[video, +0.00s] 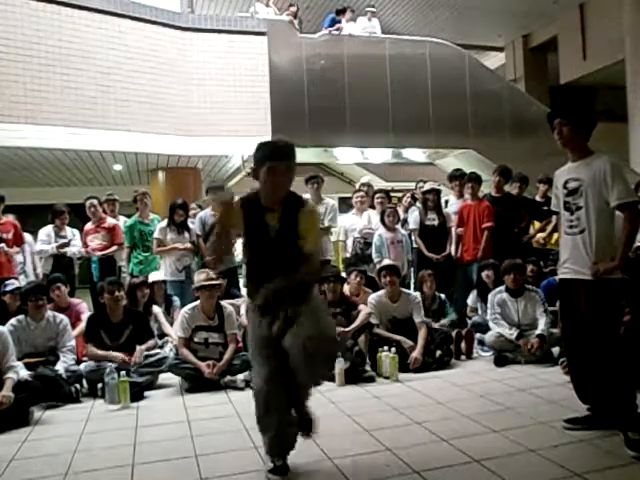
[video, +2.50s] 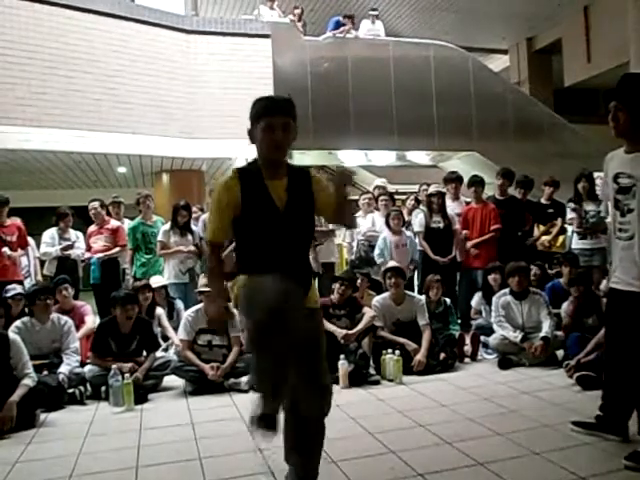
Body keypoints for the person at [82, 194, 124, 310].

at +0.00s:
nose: (93, 210)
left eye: (95, 206)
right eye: (89, 208)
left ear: (100, 207)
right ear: (87, 211)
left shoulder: (112, 224)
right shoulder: (87, 227)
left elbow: (119, 244)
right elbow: (84, 245)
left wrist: (102, 253)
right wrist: (86, 250)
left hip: (107, 258)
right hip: (93, 259)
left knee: (110, 288)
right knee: (94, 289)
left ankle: (111, 315)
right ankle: (98, 315)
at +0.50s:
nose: (92, 209)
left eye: (95, 206)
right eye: (89, 207)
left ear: (100, 207)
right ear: (87, 210)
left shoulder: (112, 224)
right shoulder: (87, 227)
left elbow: (118, 244)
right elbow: (84, 245)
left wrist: (101, 253)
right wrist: (84, 251)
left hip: (107, 259)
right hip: (91, 260)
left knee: (110, 291)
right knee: (94, 293)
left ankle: (112, 318)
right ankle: (98, 319)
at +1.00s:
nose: (92, 209)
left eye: (95, 206)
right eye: (89, 207)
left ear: (100, 207)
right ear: (87, 210)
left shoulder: (112, 224)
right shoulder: (87, 228)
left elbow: (118, 244)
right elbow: (85, 246)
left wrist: (99, 254)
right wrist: (83, 252)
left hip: (108, 260)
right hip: (92, 261)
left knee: (109, 292)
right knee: (95, 294)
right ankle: (99, 320)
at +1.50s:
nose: (87, 211)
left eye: (89, 208)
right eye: (85, 208)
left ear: (99, 207)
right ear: (85, 210)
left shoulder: (113, 224)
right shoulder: (87, 227)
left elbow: (119, 244)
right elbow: (85, 246)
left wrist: (101, 253)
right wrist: (84, 252)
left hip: (108, 260)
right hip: (93, 262)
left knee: (109, 295)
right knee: (96, 296)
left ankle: (112, 324)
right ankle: (101, 326)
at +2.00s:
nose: (92, 213)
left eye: (95, 209)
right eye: (90, 210)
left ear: (103, 209)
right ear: (88, 213)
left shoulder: (116, 226)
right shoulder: (90, 230)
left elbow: (122, 247)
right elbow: (89, 248)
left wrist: (105, 255)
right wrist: (87, 254)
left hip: (111, 262)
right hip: (96, 264)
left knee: (113, 294)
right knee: (99, 296)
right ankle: (104, 325)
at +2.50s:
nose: (93, 212)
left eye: (95, 209)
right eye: (91, 210)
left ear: (104, 209)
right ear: (89, 213)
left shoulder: (116, 226)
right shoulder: (90, 230)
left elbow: (122, 246)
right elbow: (88, 248)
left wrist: (104, 255)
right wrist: (87, 255)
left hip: (111, 261)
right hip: (95, 263)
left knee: (113, 294)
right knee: (99, 296)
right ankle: (104, 324)